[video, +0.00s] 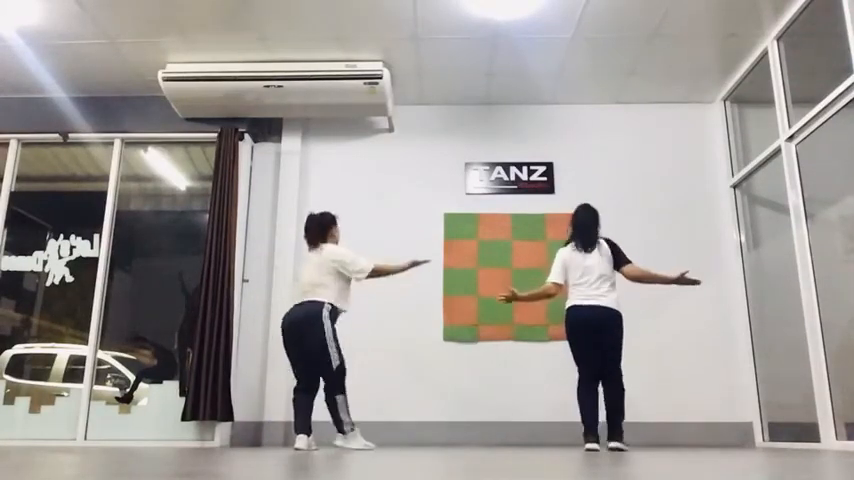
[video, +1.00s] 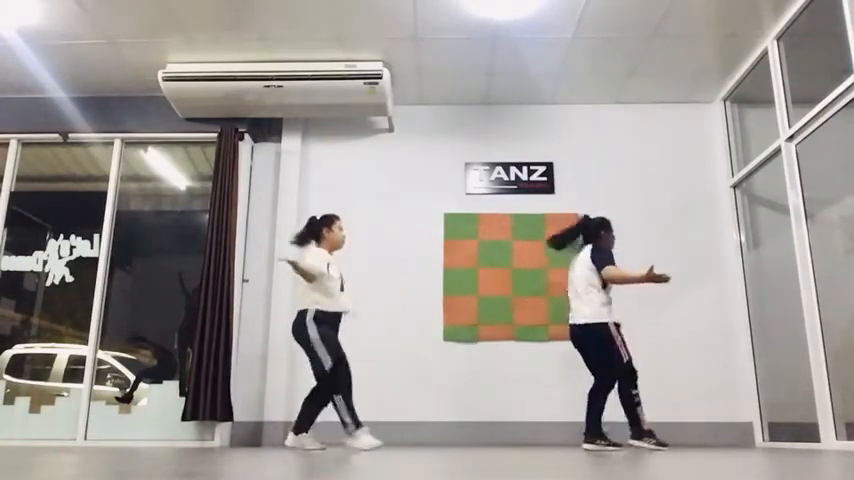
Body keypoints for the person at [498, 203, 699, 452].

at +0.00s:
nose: (575, 225)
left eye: (573, 221)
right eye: (592, 222)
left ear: (573, 225)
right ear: (597, 224)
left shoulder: (565, 252)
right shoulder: (608, 247)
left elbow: (552, 289)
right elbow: (633, 273)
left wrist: (520, 297)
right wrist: (672, 279)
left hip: (577, 315)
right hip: (609, 315)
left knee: (587, 375)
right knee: (612, 374)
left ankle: (591, 437)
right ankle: (615, 437)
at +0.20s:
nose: (603, 225)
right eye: (602, 222)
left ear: (575, 223)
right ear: (601, 223)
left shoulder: (566, 249)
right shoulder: (609, 244)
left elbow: (553, 286)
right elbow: (637, 271)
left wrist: (528, 299)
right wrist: (677, 274)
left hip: (584, 320)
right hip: (612, 318)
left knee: (602, 371)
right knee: (616, 375)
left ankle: (592, 425)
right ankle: (606, 433)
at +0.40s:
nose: (615, 235)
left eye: (614, 232)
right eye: (613, 232)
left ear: (588, 231)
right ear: (610, 232)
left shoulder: (575, 256)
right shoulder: (614, 249)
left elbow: (560, 290)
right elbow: (637, 272)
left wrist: (542, 304)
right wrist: (679, 274)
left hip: (582, 324)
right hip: (609, 323)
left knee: (611, 377)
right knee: (619, 378)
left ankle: (624, 433)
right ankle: (607, 436)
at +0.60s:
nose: (618, 233)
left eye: (616, 229)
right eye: (615, 229)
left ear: (589, 234)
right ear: (610, 232)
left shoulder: (582, 260)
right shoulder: (613, 249)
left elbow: (569, 296)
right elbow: (627, 269)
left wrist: (553, 310)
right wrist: (666, 270)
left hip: (577, 318)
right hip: (602, 318)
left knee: (599, 374)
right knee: (610, 374)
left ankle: (598, 433)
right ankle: (605, 435)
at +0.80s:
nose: (605, 228)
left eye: (604, 223)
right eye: (603, 224)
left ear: (580, 228)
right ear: (595, 225)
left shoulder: (573, 256)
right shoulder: (600, 246)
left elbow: (572, 295)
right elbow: (615, 270)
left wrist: (565, 313)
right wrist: (649, 271)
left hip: (583, 319)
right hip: (606, 317)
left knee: (601, 375)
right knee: (619, 374)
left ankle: (591, 433)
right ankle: (601, 428)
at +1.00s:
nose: (614, 239)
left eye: (612, 234)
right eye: (611, 234)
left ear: (591, 237)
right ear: (602, 235)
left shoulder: (580, 258)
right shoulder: (598, 253)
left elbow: (580, 292)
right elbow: (610, 274)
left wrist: (606, 321)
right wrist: (644, 278)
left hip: (579, 327)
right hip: (599, 325)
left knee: (604, 378)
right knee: (627, 374)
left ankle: (592, 434)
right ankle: (639, 431)